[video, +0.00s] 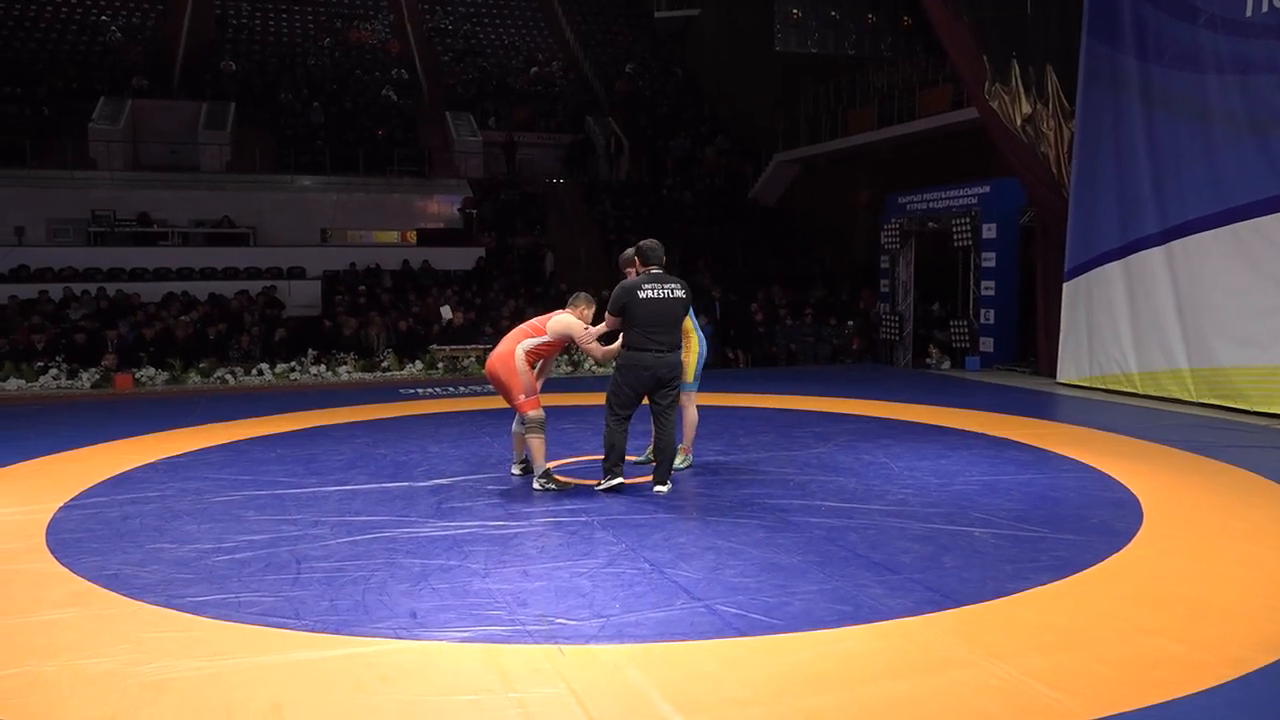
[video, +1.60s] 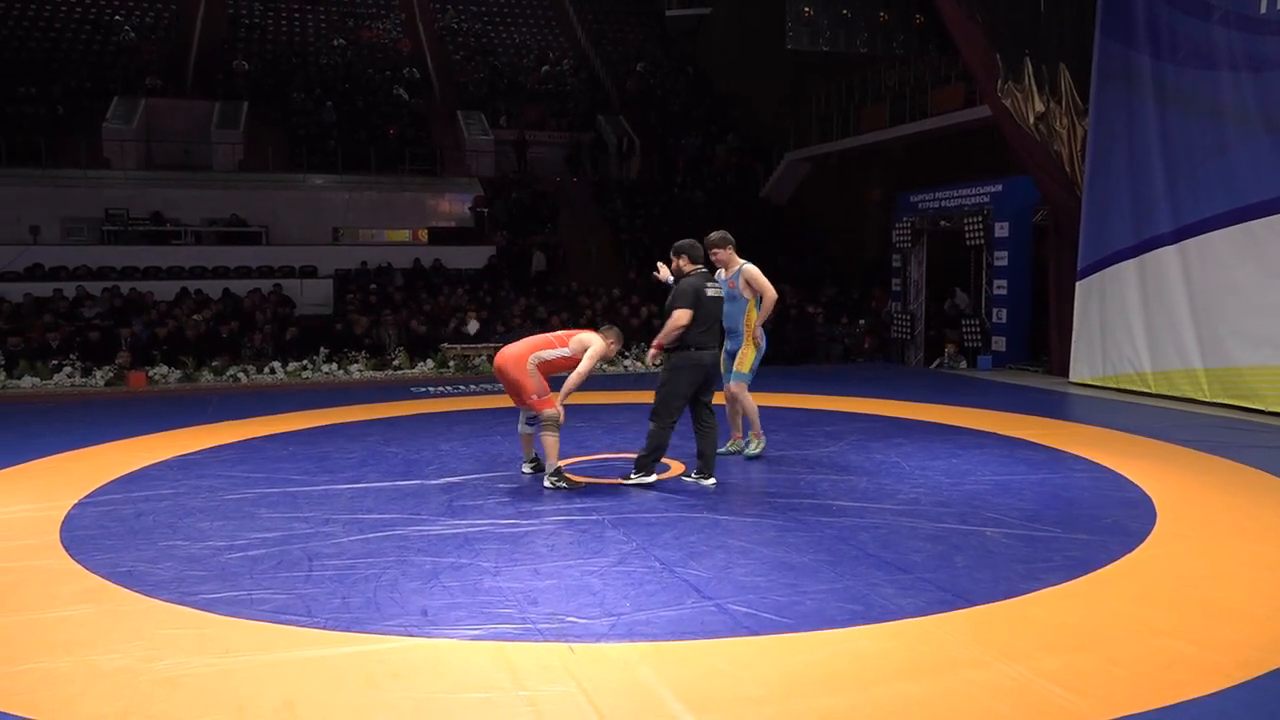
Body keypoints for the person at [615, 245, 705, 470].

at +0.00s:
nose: (628, 277)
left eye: (629, 272)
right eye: (626, 274)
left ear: (638, 268)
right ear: (628, 271)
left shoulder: (662, 288)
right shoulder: (639, 293)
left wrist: (597, 331)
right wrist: (597, 331)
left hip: (690, 341)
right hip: (667, 344)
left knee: (686, 398)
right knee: (660, 399)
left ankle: (686, 450)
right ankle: (656, 447)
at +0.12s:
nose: (625, 281)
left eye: (627, 276)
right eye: (623, 277)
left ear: (636, 269)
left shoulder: (662, 289)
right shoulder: (639, 292)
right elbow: (628, 315)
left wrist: (604, 328)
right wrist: (604, 328)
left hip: (690, 341)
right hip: (667, 344)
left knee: (684, 396)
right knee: (659, 398)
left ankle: (686, 449)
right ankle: (656, 447)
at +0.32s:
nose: (624, 262)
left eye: (624, 259)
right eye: (625, 259)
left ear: (628, 261)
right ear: (654, 259)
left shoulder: (619, 288)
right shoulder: (673, 285)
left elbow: (602, 323)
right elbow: (675, 314)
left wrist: (627, 311)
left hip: (628, 361)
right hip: (664, 360)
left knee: (622, 418)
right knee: (663, 419)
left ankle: (627, 475)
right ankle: (662, 478)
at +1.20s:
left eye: (636, 262)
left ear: (637, 264)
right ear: (664, 262)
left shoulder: (627, 291)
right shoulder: (682, 288)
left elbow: (612, 324)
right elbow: (688, 321)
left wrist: (638, 316)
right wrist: (661, 314)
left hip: (644, 363)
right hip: (678, 362)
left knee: (642, 421)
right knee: (687, 414)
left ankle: (639, 479)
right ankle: (699, 469)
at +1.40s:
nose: (656, 266)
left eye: (656, 263)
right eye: (658, 263)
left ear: (659, 264)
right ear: (684, 263)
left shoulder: (655, 291)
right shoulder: (700, 289)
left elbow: (629, 325)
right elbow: (700, 323)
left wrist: (635, 343)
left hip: (661, 364)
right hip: (693, 362)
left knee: (646, 420)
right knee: (693, 414)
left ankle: (639, 477)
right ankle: (704, 471)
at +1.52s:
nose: (667, 266)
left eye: (668, 262)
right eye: (668, 262)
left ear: (673, 262)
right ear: (695, 261)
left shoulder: (674, 289)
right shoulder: (710, 286)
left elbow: (658, 325)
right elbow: (690, 306)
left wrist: (640, 345)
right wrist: (670, 286)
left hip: (677, 362)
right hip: (704, 360)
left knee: (653, 416)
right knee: (700, 414)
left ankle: (639, 472)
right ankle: (705, 472)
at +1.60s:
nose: (672, 265)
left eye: (673, 261)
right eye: (672, 261)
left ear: (684, 260)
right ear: (698, 260)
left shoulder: (687, 285)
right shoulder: (713, 283)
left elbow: (681, 320)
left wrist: (657, 344)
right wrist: (670, 280)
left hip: (685, 359)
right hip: (709, 357)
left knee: (663, 415)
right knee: (703, 414)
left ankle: (644, 469)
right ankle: (705, 471)